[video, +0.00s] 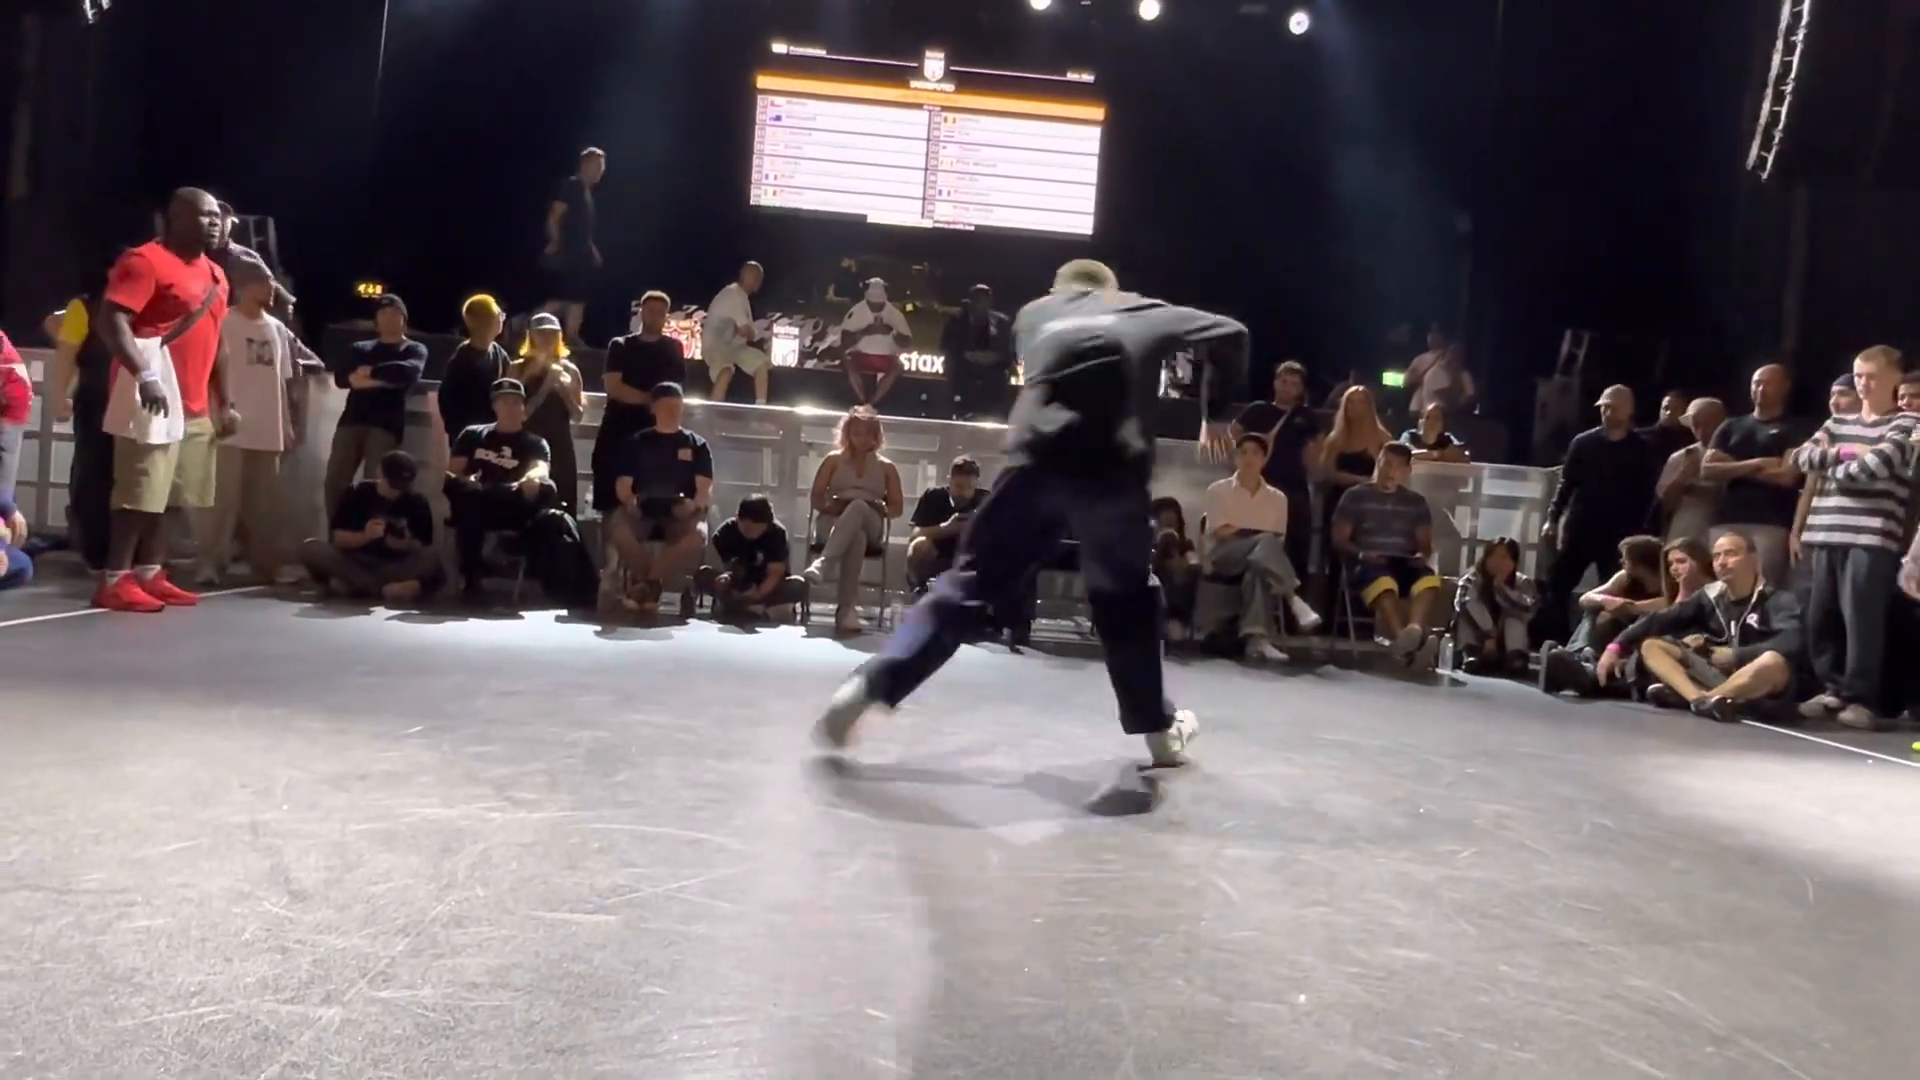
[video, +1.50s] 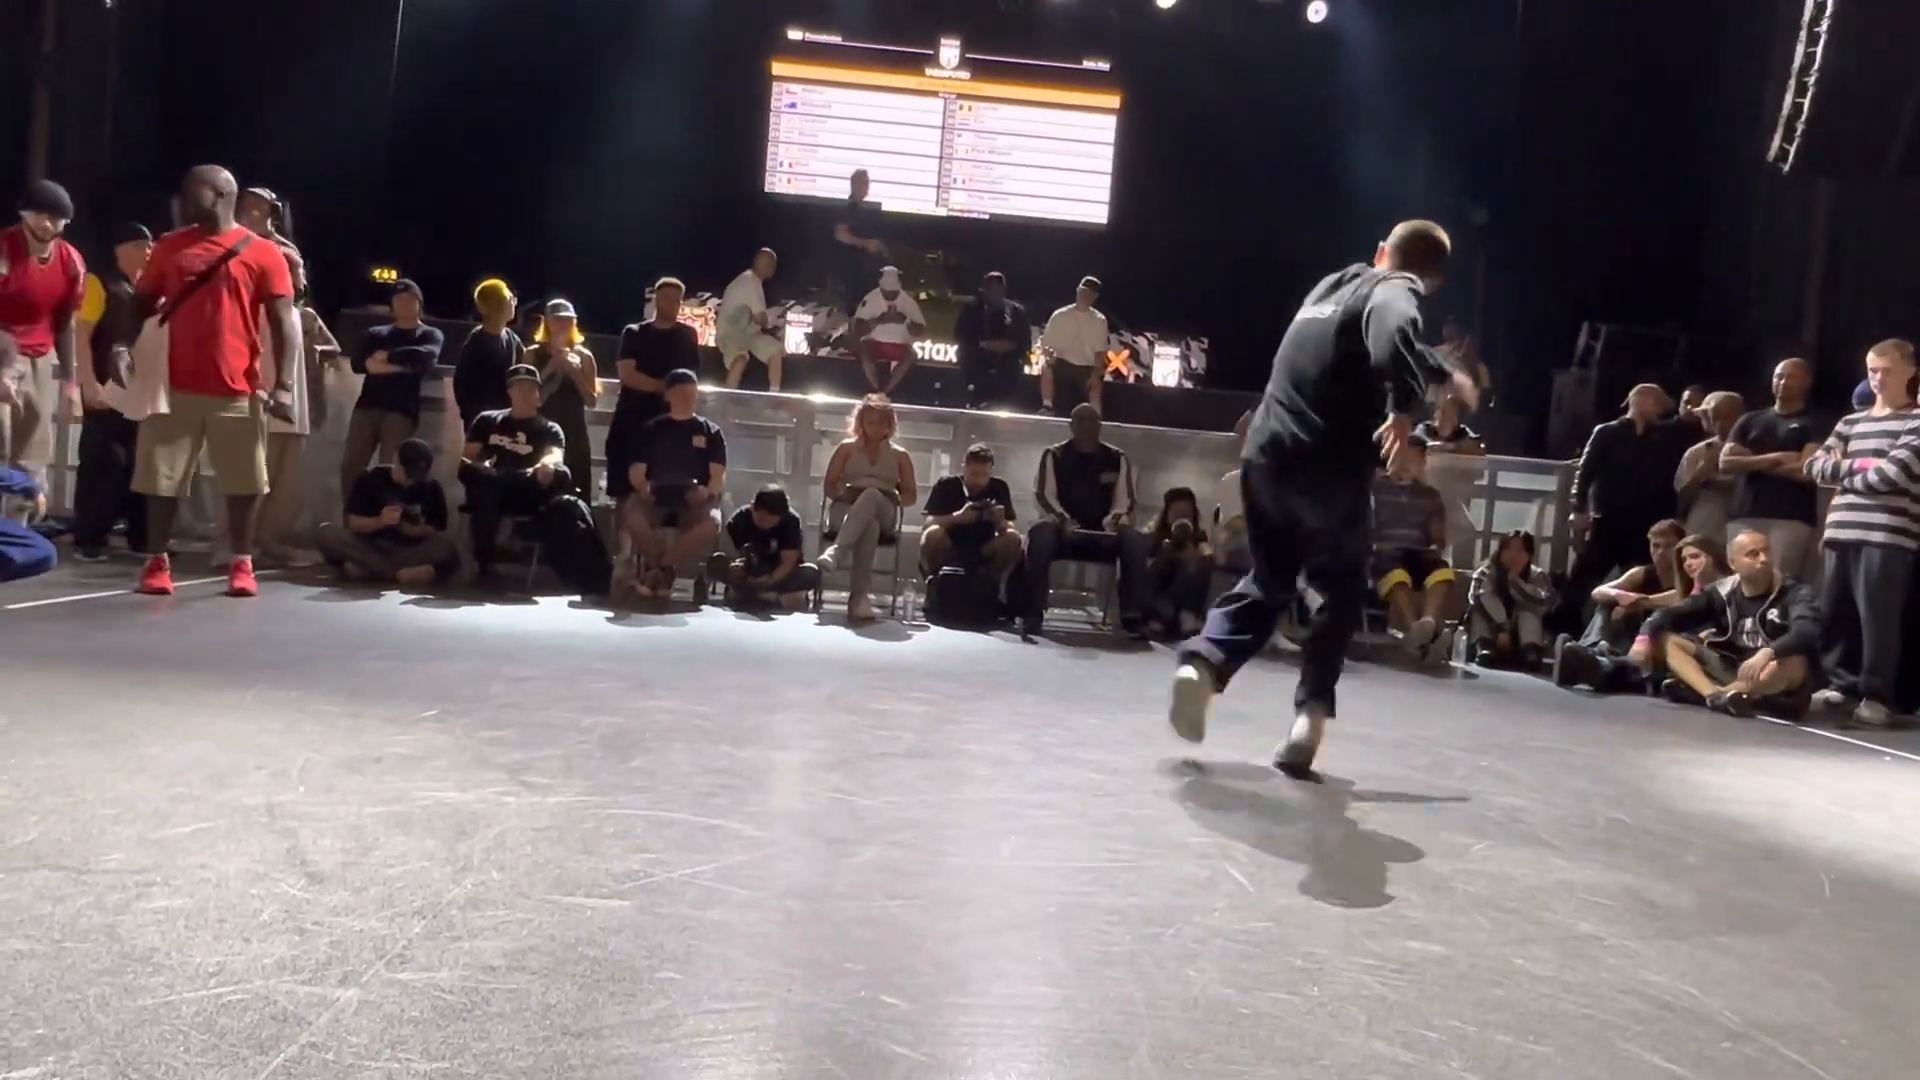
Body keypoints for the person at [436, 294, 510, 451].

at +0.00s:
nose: (503, 317)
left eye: (500, 312)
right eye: (498, 314)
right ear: (484, 322)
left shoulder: (500, 355)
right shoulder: (461, 360)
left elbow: (504, 392)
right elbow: (445, 396)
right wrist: (455, 432)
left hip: (493, 431)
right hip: (465, 434)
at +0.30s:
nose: (508, 313)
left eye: (505, 309)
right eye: (502, 310)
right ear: (489, 317)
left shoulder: (503, 350)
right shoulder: (463, 358)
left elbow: (508, 388)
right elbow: (449, 393)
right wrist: (460, 429)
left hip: (497, 428)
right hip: (468, 430)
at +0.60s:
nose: (509, 308)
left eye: (506, 304)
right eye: (504, 305)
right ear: (491, 314)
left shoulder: (507, 347)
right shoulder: (468, 352)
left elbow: (513, 383)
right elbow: (454, 387)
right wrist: (462, 422)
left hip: (502, 424)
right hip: (473, 426)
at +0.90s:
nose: (513, 306)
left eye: (510, 301)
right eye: (507, 303)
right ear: (492, 311)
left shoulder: (509, 344)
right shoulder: (469, 351)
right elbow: (456, 386)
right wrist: (466, 422)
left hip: (504, 421)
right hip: (475, 424)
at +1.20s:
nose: (513, 303)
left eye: (511, 299)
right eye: (508, 300)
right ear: (495, 307)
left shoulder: (511, 342)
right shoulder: (472, 347)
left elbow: (517, 378)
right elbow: (459, 382)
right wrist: (468, 416)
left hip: (505, 416)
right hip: (477, 419)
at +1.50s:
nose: (514, 302)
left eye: (512, 298)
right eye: (509, 299)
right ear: (495, 307)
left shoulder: (513, 341)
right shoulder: (474, 345)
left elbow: (518, 379)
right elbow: (461, 382)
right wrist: (470, 416)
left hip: (507, 417)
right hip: (479, 419)